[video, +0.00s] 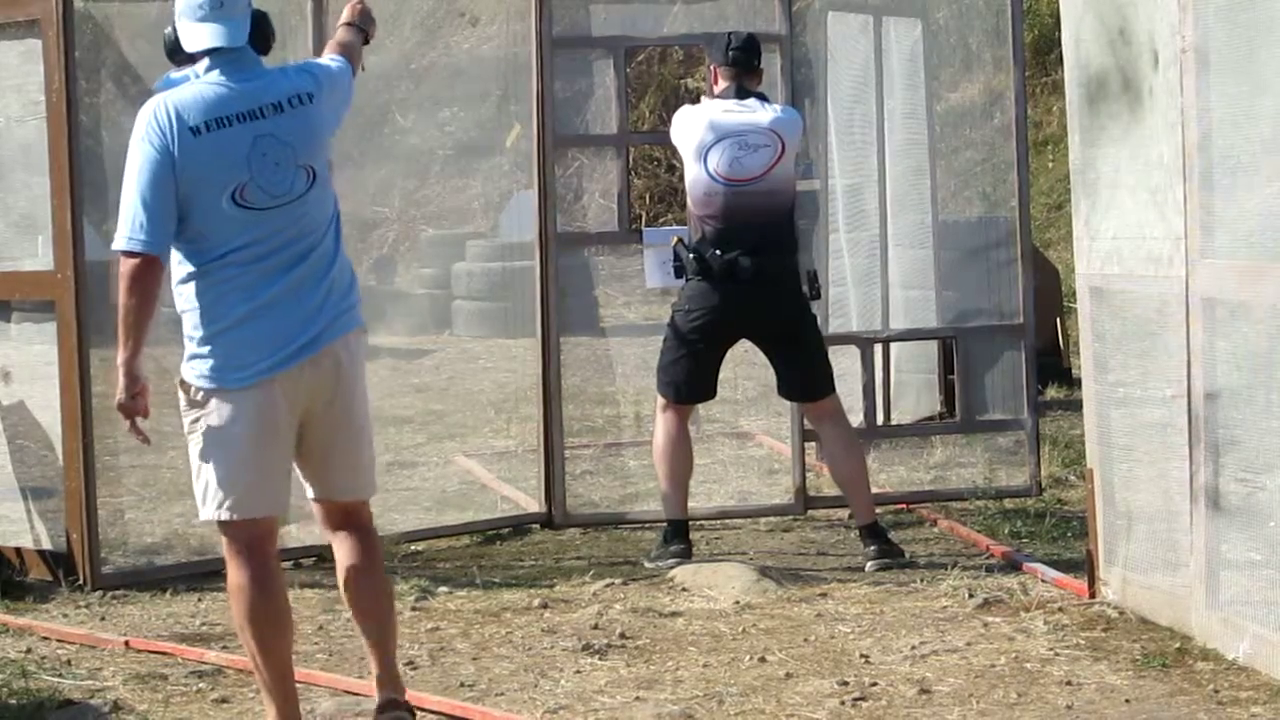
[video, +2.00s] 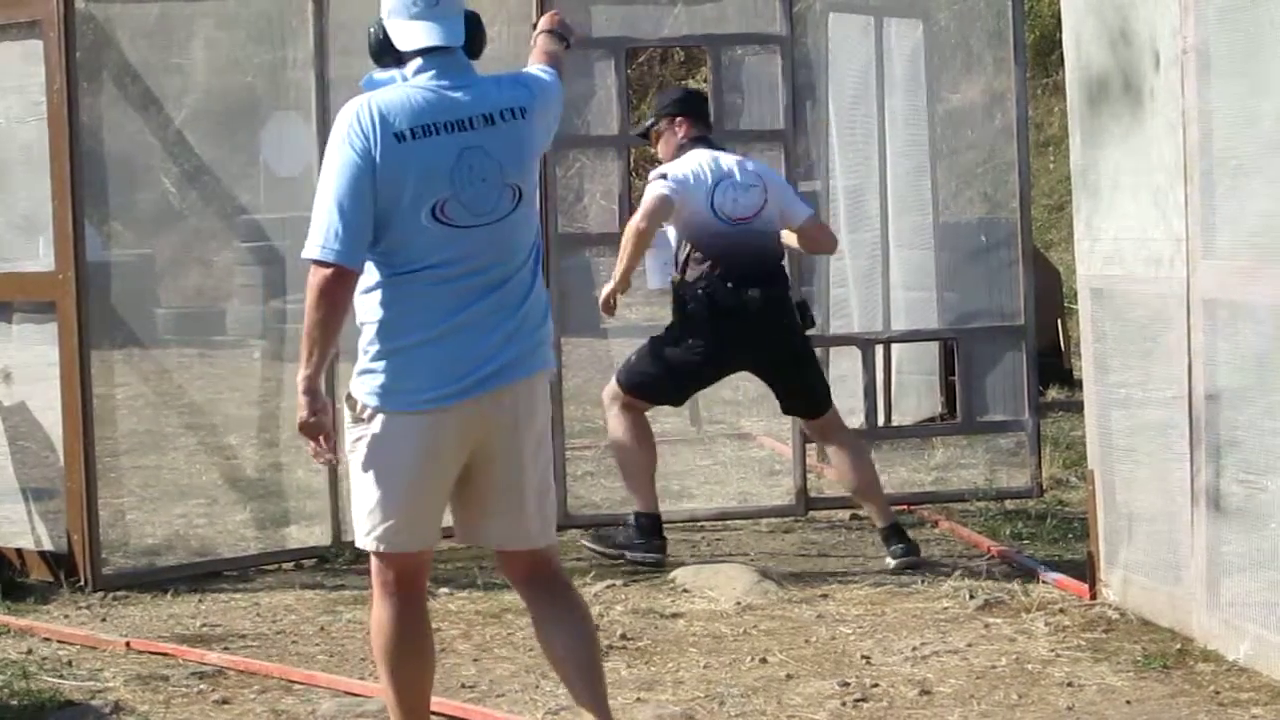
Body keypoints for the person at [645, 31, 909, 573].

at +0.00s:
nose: (711, 81)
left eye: (709, 74)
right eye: (726, 74)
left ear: (715, 77)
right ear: (760, 76)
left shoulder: (688, 120)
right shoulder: (790, 121)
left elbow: (701, 131)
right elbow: (759, 126)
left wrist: (717, 97)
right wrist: (734, 95)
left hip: (710, 295)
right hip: (780, 294)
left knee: (672, 408)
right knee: (827, 413)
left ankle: (675, 538)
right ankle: (873, 536)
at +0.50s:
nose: (761, 85)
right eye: (762, 77)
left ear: (713, 79)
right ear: (761, 78)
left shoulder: (682, 128)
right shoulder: (781, 119)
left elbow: (709, 168)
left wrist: (727, 101)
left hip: (708, 296)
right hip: (777, 292)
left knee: (683, 414)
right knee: (830, 412)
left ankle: (679, 539)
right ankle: (867, 534)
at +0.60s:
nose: (771, 84)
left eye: (768, 78)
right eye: (769, 77)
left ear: (716, 78)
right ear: (762, 79)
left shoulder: (685, 128)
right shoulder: (774, 118)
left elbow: (734, 151)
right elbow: (815, 133)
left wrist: (800, 126)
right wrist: (819, 117)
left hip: (705, 295)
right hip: (773, 293)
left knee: (695, 416)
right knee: (833, 410)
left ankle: (681, 538)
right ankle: (865, 536)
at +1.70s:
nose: (791, 93)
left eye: (788, 86)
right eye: (791, 86)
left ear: (738, 85)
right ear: (783, 84)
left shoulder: (705, 134)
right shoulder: (786, 130)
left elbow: (762, 181)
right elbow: (847, 185)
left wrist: (827, 147)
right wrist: (854, 146)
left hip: (711, 298)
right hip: (777, 296)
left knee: (703, 420)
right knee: (837, 413)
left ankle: (679, 540)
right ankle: (883, 533)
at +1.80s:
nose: (732, 115)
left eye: (733, 109)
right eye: (740, 109)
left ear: (741, 109)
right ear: (785, 108)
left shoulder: (710, 163)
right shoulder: (806, 151)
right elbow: (866, 222)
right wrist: (850, 180)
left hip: (724, 309)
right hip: (793, 308)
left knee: (690, 413)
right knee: (846, 420)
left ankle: (681, 535)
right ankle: (895, 538)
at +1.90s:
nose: (707, 140)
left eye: (709, 131)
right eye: (707, 132)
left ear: (726, 128)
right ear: (759, 129)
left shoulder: (703, 178)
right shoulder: (804, 173)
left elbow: (668, 265)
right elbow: (863, 246)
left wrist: (682, 297)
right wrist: (829, 212)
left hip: (727, 327)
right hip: (798, 327)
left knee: (663, 406)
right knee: (847, 427)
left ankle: (677, 532)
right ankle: (894, 537)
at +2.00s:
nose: (655, 147)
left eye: (658, 135)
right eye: (654, 137)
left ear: (680, 127)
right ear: (703, 129)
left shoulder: (673, 172)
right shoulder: (761, 173)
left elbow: (647, 217)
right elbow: (823, 241)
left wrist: (618, 280)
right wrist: (776, 233)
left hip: (711, 329)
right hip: (778, 329)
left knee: (620, 400)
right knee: (831, 430)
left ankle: (646, 529)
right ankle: (894, 536)